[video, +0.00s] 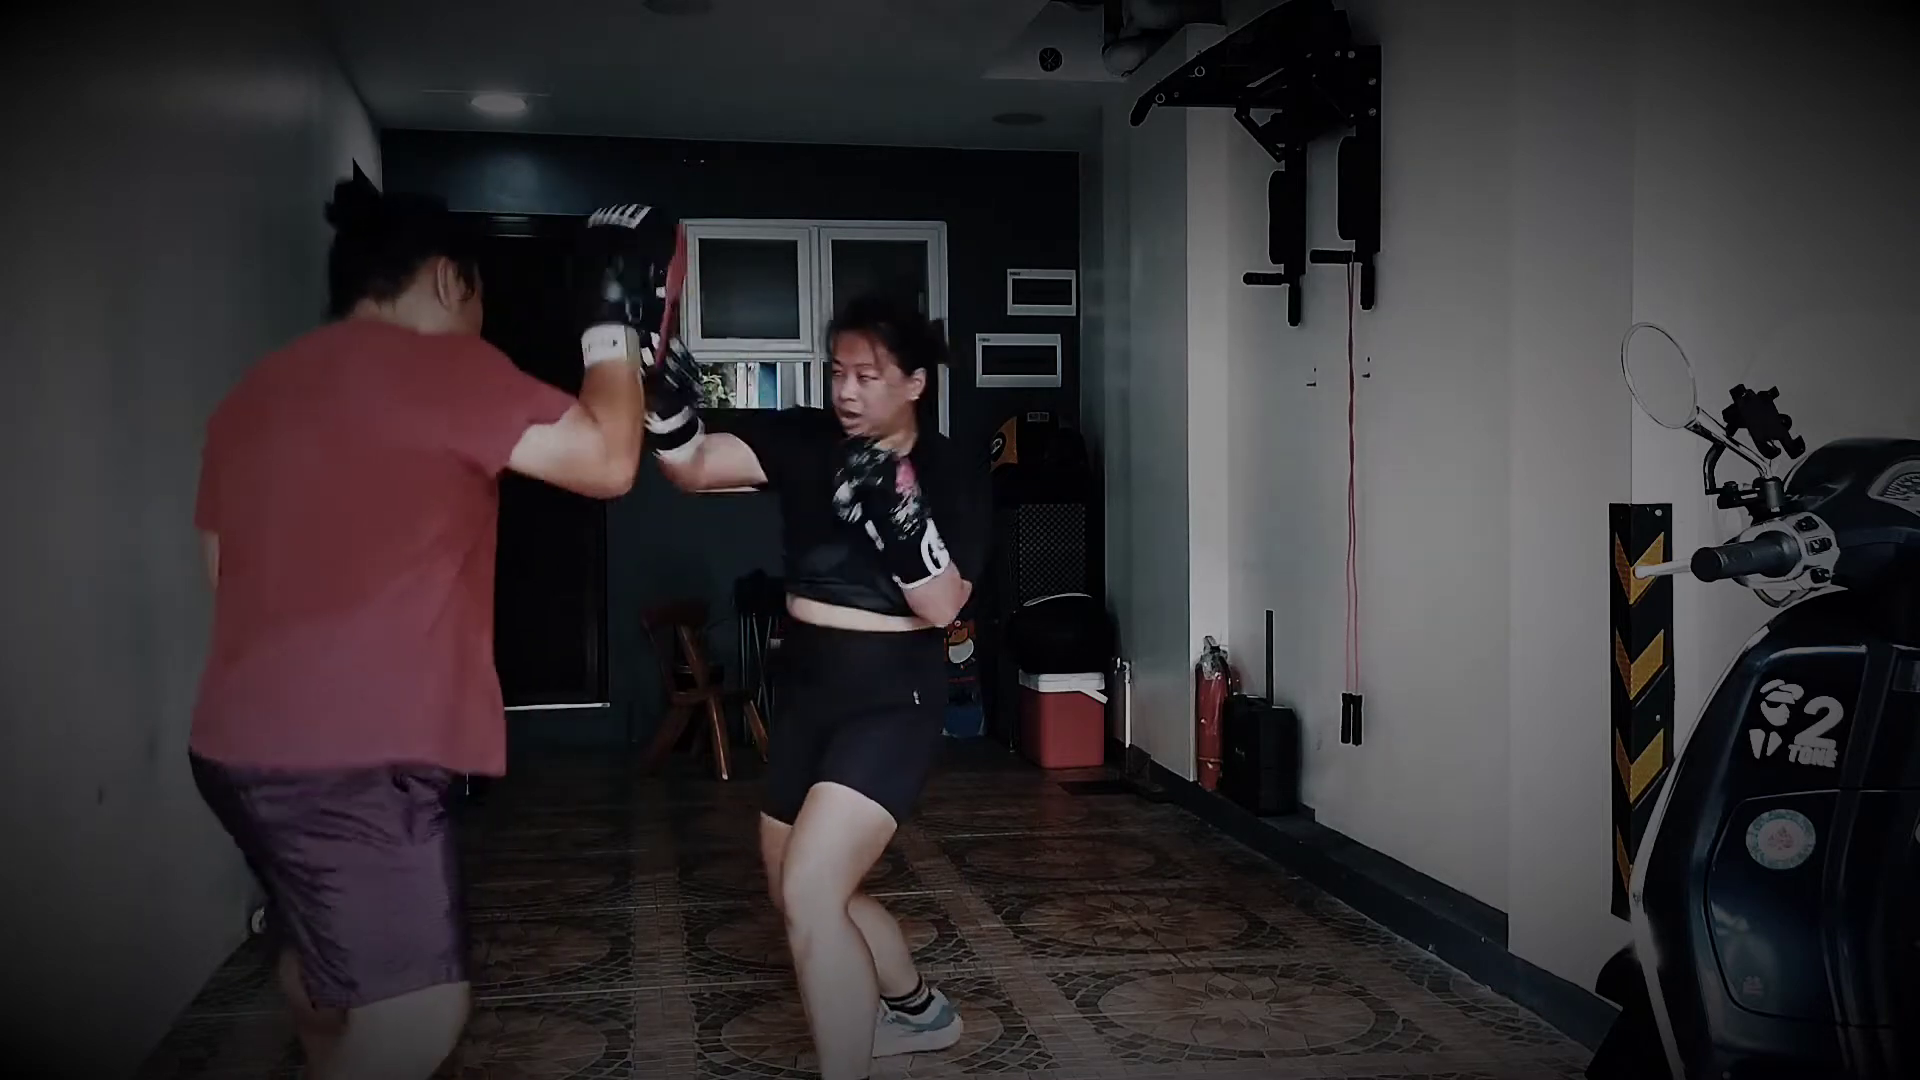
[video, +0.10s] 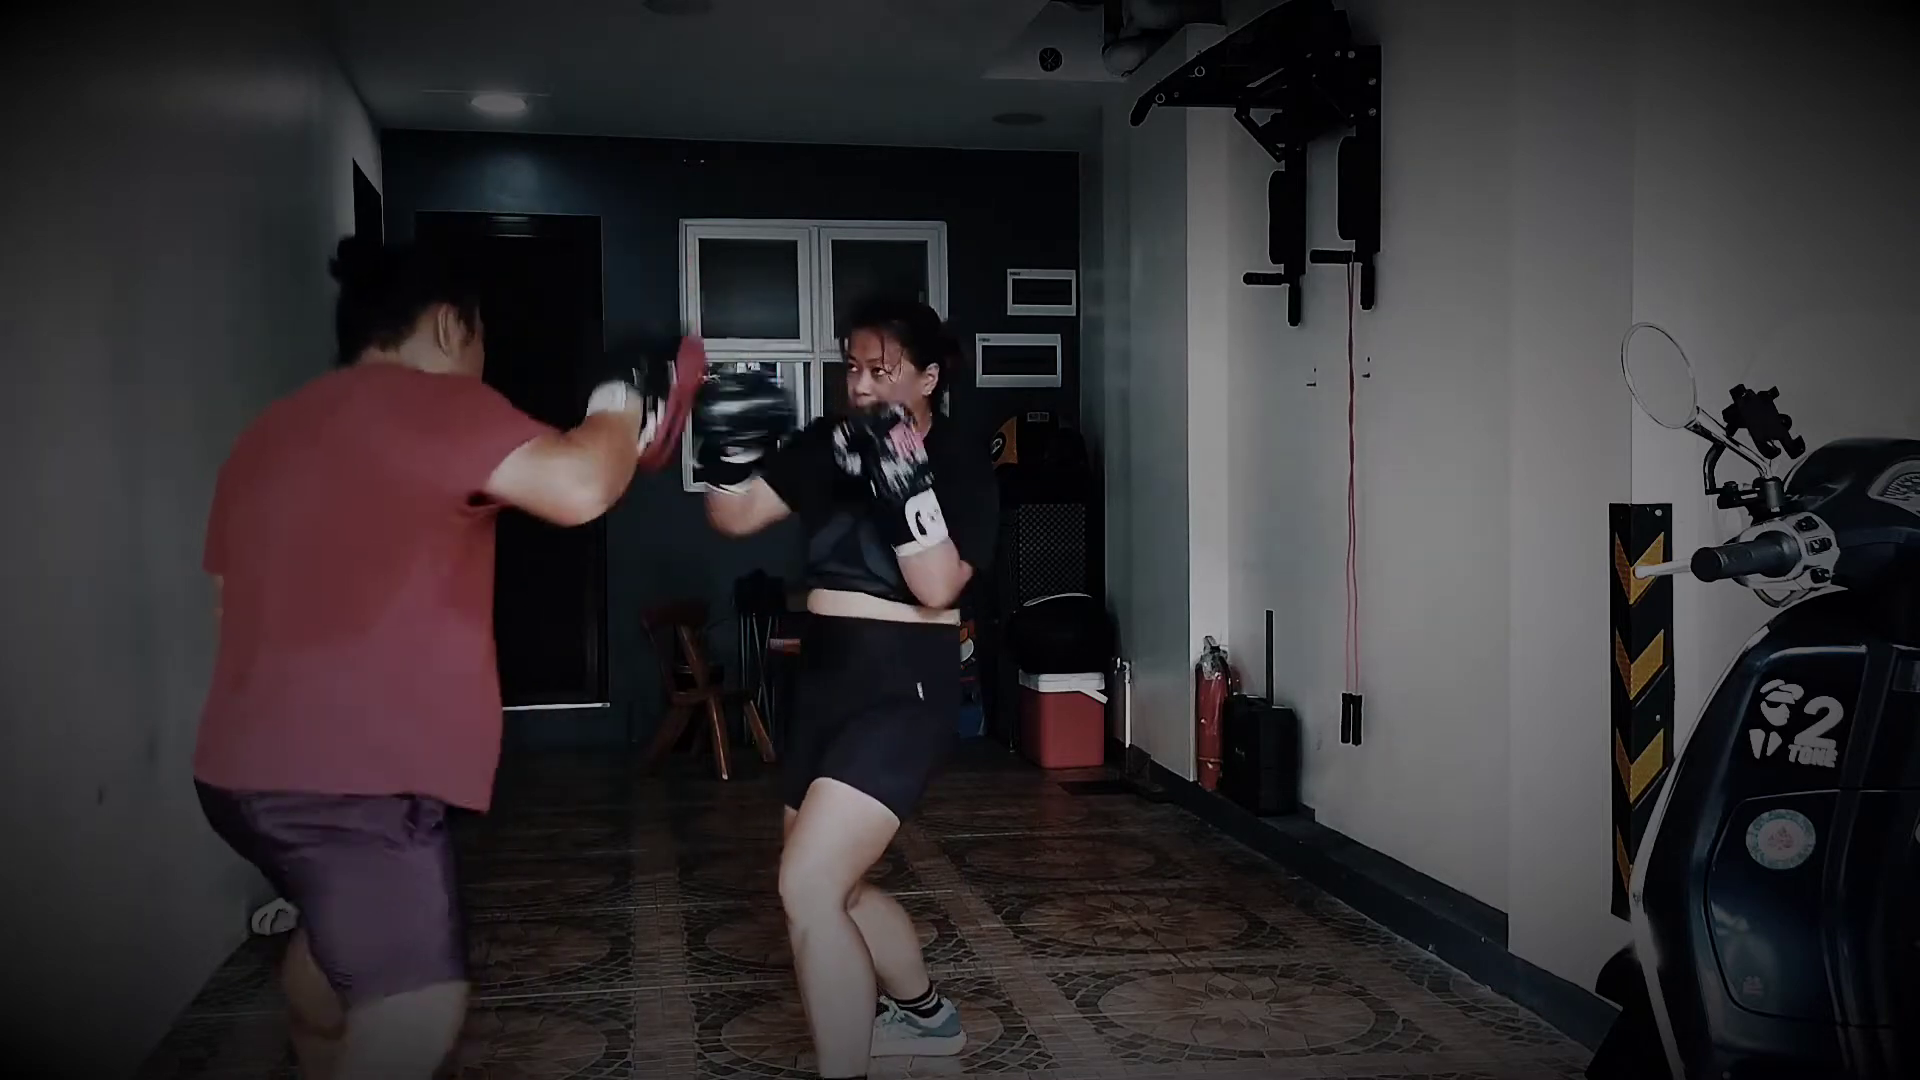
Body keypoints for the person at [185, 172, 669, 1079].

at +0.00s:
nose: (472, 322)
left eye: (472, 304)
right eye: (470, 299)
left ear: (359, 285)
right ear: (445, 280)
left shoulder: (252, 394)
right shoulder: (439, 367)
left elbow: (223, 566)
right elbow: (609, 459)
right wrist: (610, 326)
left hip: (240, 748)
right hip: (363, 754)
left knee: (323, 982)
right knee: (414, 1012)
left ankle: (321, 1063)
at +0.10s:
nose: (477, 359)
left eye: (477, 342)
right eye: (476, 337)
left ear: (364, 325)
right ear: (447, 325)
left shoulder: (264, 435)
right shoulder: (441, 413)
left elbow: (232, 599)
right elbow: (582, 486)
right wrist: (617, 406)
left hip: (241, 775)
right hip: (364, 786)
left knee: (331, 933)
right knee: (413, 1007)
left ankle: (320, 1063)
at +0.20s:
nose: (490, 374)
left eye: (490, 353)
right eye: (487, 348)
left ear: (375, 336)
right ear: (447, 329)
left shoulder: (300, 418)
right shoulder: (431, 395)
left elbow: (322, 571)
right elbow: (467, 508)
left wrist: (443, 586)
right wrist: (579, 487)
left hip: (260, 735)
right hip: (357, 745)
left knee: (317, 952)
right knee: (326, 991)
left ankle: (340, 1062)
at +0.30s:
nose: (511, 338)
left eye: (511, 319)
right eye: (503, 315)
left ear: (443, 306)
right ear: (453, 302)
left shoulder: (393, 379)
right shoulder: (413, 359)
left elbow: (382, 538)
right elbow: (392, 467)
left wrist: (494, 556)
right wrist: (527, 502)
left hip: (367, 682)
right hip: (324, 683)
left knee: (409, 851)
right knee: (346, 895)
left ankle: (342, 1060)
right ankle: (279, 1069)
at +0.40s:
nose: (518, 288)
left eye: (518, 268)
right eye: (507, 264)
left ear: (453, 262)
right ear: (450, 256)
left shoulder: (441, 363)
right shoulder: (385, 316)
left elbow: (430, 496)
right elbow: (334, 413)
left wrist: (513, 516)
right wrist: (466, 468)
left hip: (402, 645)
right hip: (324, 635)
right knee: (353, 843)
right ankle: (250, 1065)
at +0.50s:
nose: (515, 256)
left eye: (515, 237)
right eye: (502, 234)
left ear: (452, 236)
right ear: (440, 230)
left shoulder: (454, 351)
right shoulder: (366, 294)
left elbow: (445, 479)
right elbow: (308, 399)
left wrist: (518, 510)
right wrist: (448, 467)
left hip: (437, 629)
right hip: (334, 619)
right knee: (335, 823)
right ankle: (243, 1025)